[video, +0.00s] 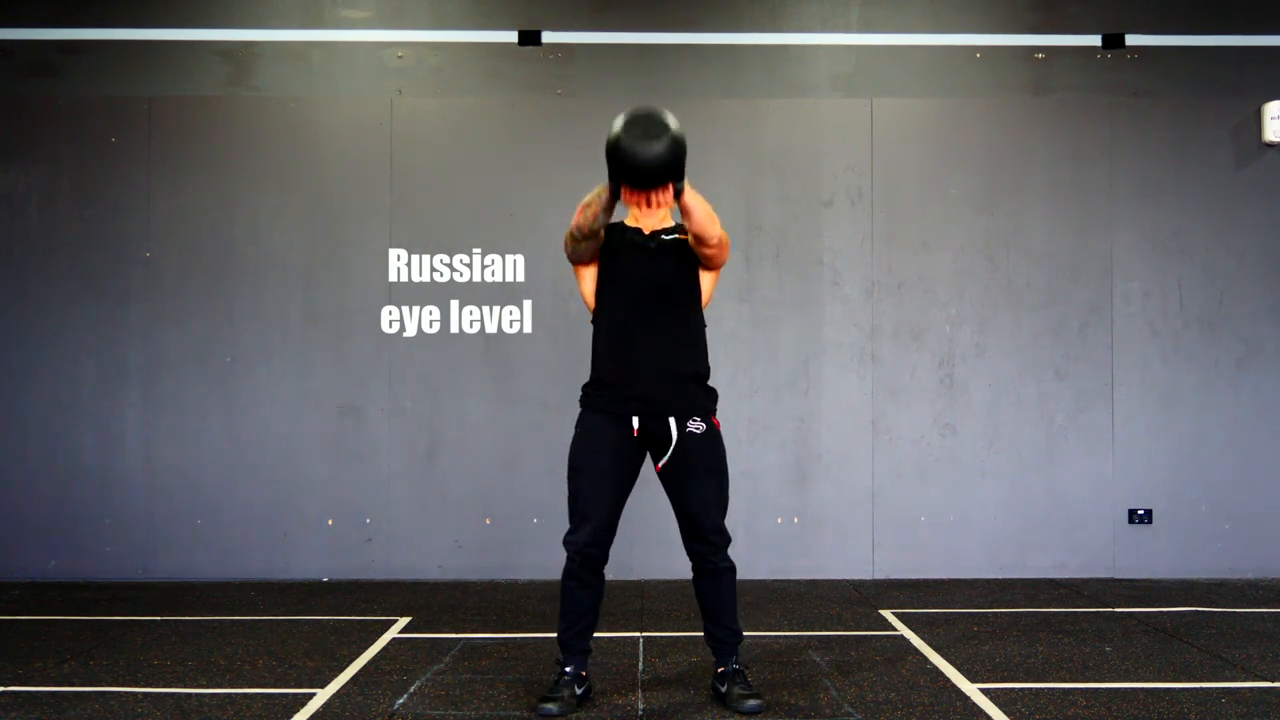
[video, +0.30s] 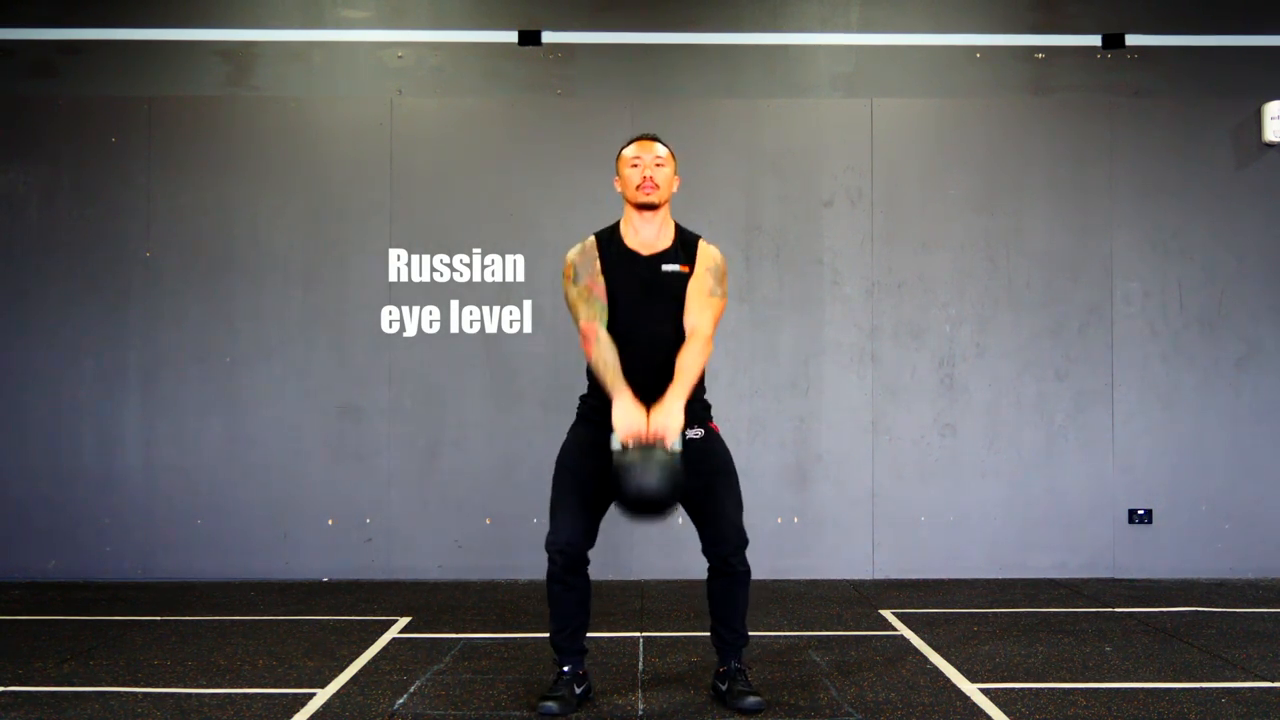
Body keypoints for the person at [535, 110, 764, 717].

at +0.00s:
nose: (649, 201)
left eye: (659, 192)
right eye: (638, 192)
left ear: (677, 184)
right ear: (618, 184)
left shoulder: (703, 242)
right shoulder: (592, 236)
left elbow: (714, 240)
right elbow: (578, 238)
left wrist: (682, 191)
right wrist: (609, 197)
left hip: (685, 408)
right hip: (610, 409)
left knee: (710, 544)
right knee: (585, 543)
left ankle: (729, 669)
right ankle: (572, 673)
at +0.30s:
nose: (647, 171)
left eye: (659, 163)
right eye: (635, 163)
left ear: (676, 181)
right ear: (617, 183)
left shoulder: (706, 258)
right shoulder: (584, 258)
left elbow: (699, 338)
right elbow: (595, 336)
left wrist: (674, 400)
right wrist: (622, 397)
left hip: (686, 415)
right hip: (604, 416)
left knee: (729, 544)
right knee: (565, 544)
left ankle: (731, 671)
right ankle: (570, 672)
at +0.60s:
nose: (640, 256)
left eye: (652, 243)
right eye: (627, 244)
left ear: (672, 251)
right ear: (612, 254)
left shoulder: (708, 319)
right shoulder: (582, 325)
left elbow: (698, 413)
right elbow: (592, 418)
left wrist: (677, 480)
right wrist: (618, 482)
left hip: (686, 445)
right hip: (606, 447)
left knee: (747, 531)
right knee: (549, 536)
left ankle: (736, 667)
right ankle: (568, 672)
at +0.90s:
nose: (645, 190)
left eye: (657, 182)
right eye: (633, 182)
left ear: (675, 198)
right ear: (617, 200)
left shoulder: (709, 272)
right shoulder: (585, 276)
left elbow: (703, 355)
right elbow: (598, 358)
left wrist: (680, 424)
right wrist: (626, 423)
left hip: (692, 427)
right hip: (608, 427)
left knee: (738, 552)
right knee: (567, 555)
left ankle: (732, 673)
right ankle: (572, 675)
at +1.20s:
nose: (657, 166)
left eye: (668, 158)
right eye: (644, 158)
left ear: (683, 175)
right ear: (627, 175)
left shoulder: (705, 242)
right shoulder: (600, 234)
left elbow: (714, 189)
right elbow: (584, 175)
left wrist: (679, 116)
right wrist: (617, 116)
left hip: (686, 414)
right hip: (609, 413)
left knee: (709, 545)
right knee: (586, 543)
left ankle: (729, 672)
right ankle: (573, 674)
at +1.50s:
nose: (652, 153)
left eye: (663, 144)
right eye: (640, 144)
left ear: (682, 157)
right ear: (623, 158)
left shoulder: (702, 211)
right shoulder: (600, 208)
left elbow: (707, 116)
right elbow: (592, 118)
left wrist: (680, 36)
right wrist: (620, 38)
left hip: (687, 408)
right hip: (610, 408)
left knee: (709, 545)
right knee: (587, 545)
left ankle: (729, 670)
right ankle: (572, 673)